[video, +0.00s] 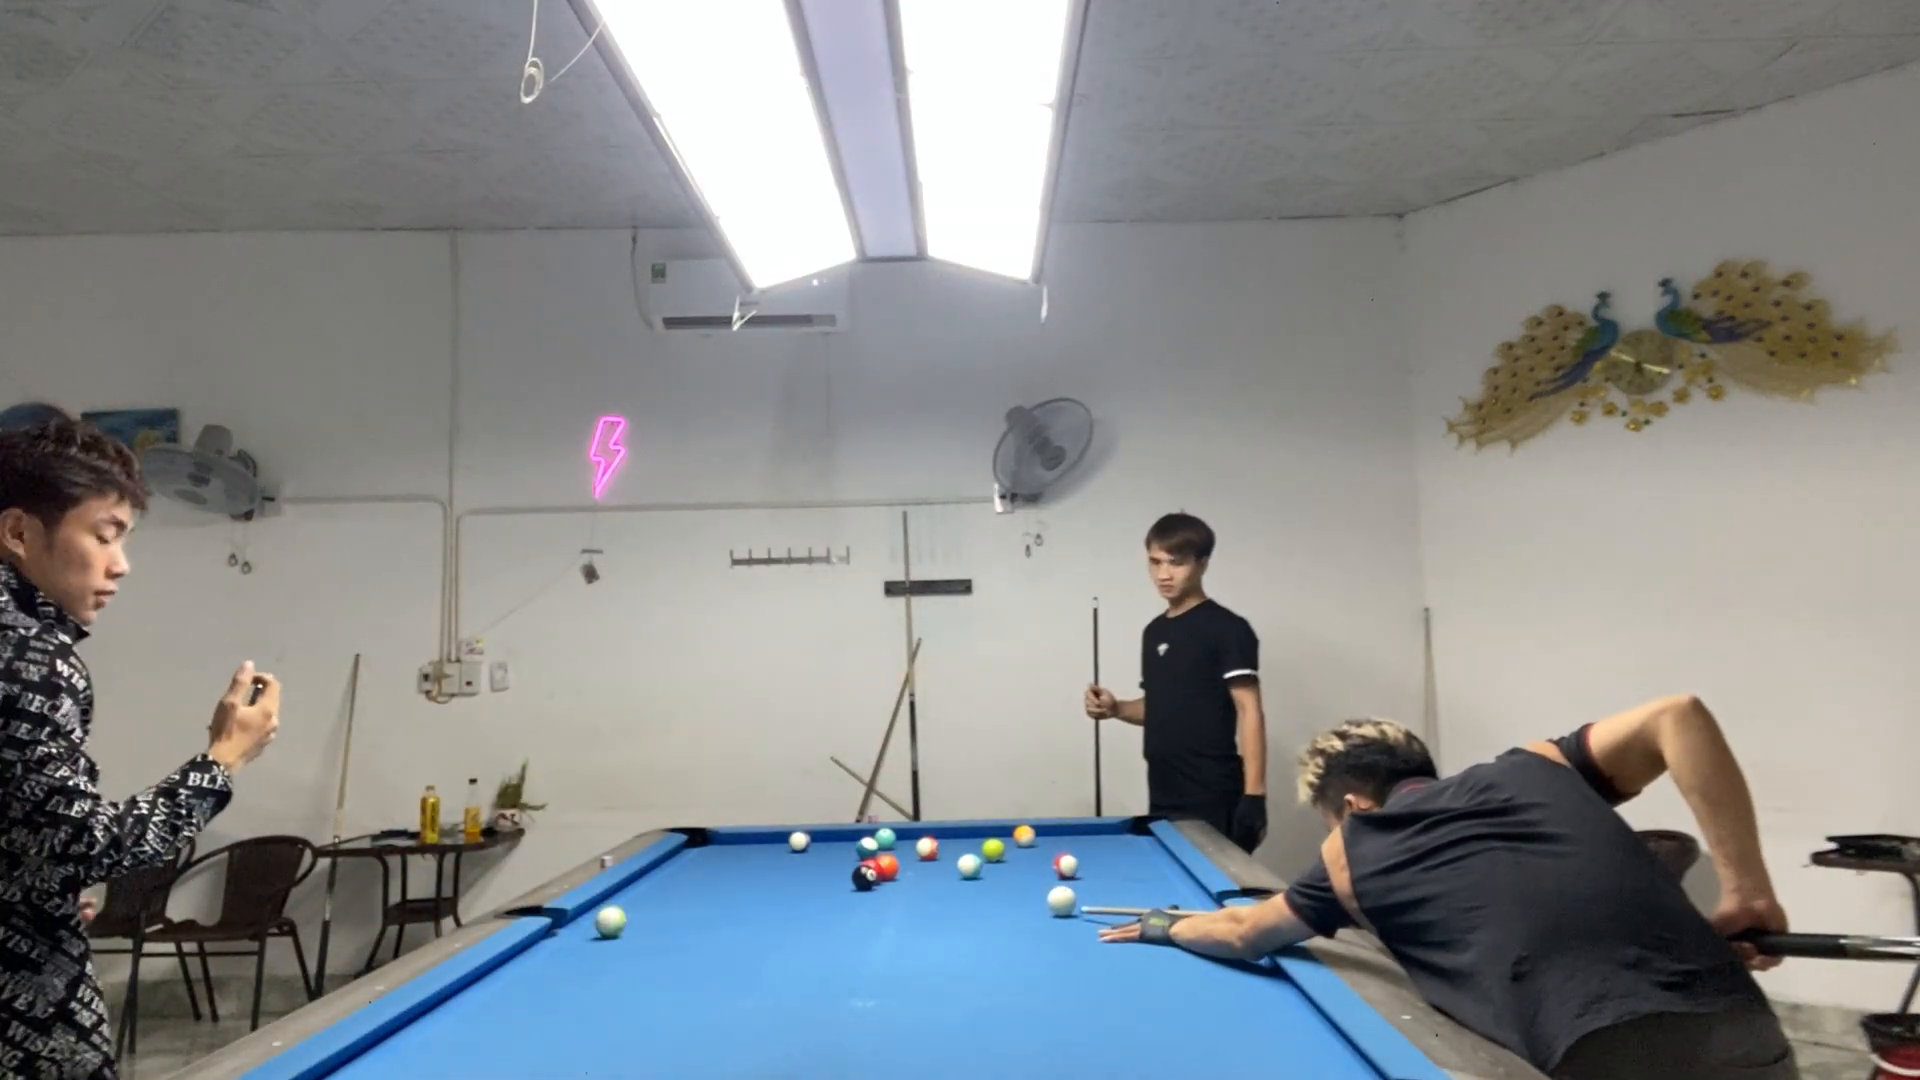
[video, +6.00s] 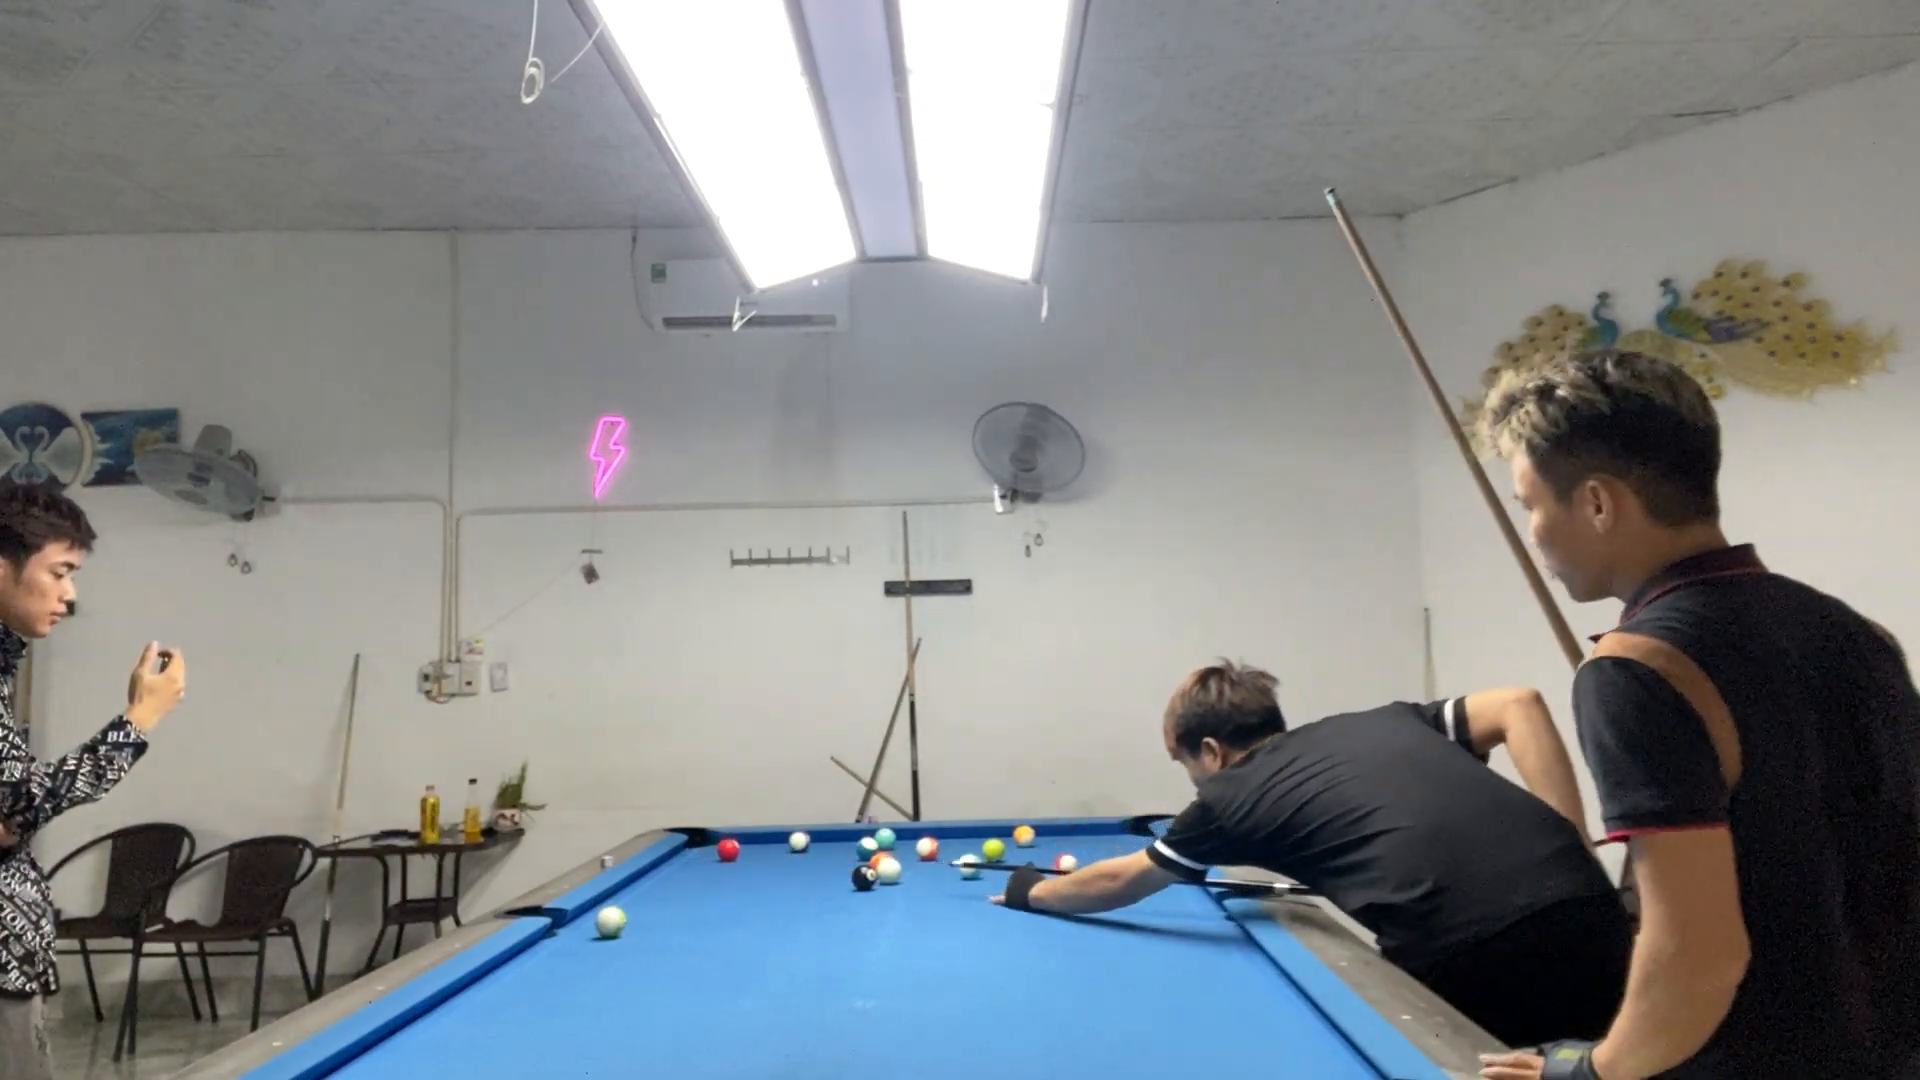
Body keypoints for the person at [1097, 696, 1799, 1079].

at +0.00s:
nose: (1330, 829)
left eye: (1326, 818)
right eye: (1326, 821)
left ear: (1348, 803)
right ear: (1427, 772)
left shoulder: (1352, 847)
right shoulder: (1537, 762)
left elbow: (1243, 933)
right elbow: (1679, 716)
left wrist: (1175, 923)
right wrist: (1749, 885)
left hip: (1611, 1055)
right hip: (1745, 1036)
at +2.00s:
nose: (1586, 535)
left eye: (1593, 514)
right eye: (1591, 513)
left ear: (1628, 528)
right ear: (1721, 540)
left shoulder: (1539, 644)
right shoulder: (1821, 686)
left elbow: (1469, 830)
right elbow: (1897, 892)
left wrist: (1405, 960)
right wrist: (1797, 1001)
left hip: (1594, 1042)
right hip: (1775, 1047)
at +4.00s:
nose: (1736, 565)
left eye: (1745, 539)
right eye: (1743, 540)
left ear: (1778, 542)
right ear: (1875, 587)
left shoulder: (1650, 626)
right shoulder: (1908, 692)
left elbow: (1542, 793)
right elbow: (1904, 878)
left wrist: (1447, 932)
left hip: (1674, 1031)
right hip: (1863, 1045)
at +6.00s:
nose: (1528, 534)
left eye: (1529, 505)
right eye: (1522, 508)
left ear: (1599, 505)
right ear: (1696, 480)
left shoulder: (1635, 673)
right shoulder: (1856, 635)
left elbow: (1697, 952)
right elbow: (1896, 892)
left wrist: (1600, 1068)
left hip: (1743, 1062)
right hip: (1889, 1052)